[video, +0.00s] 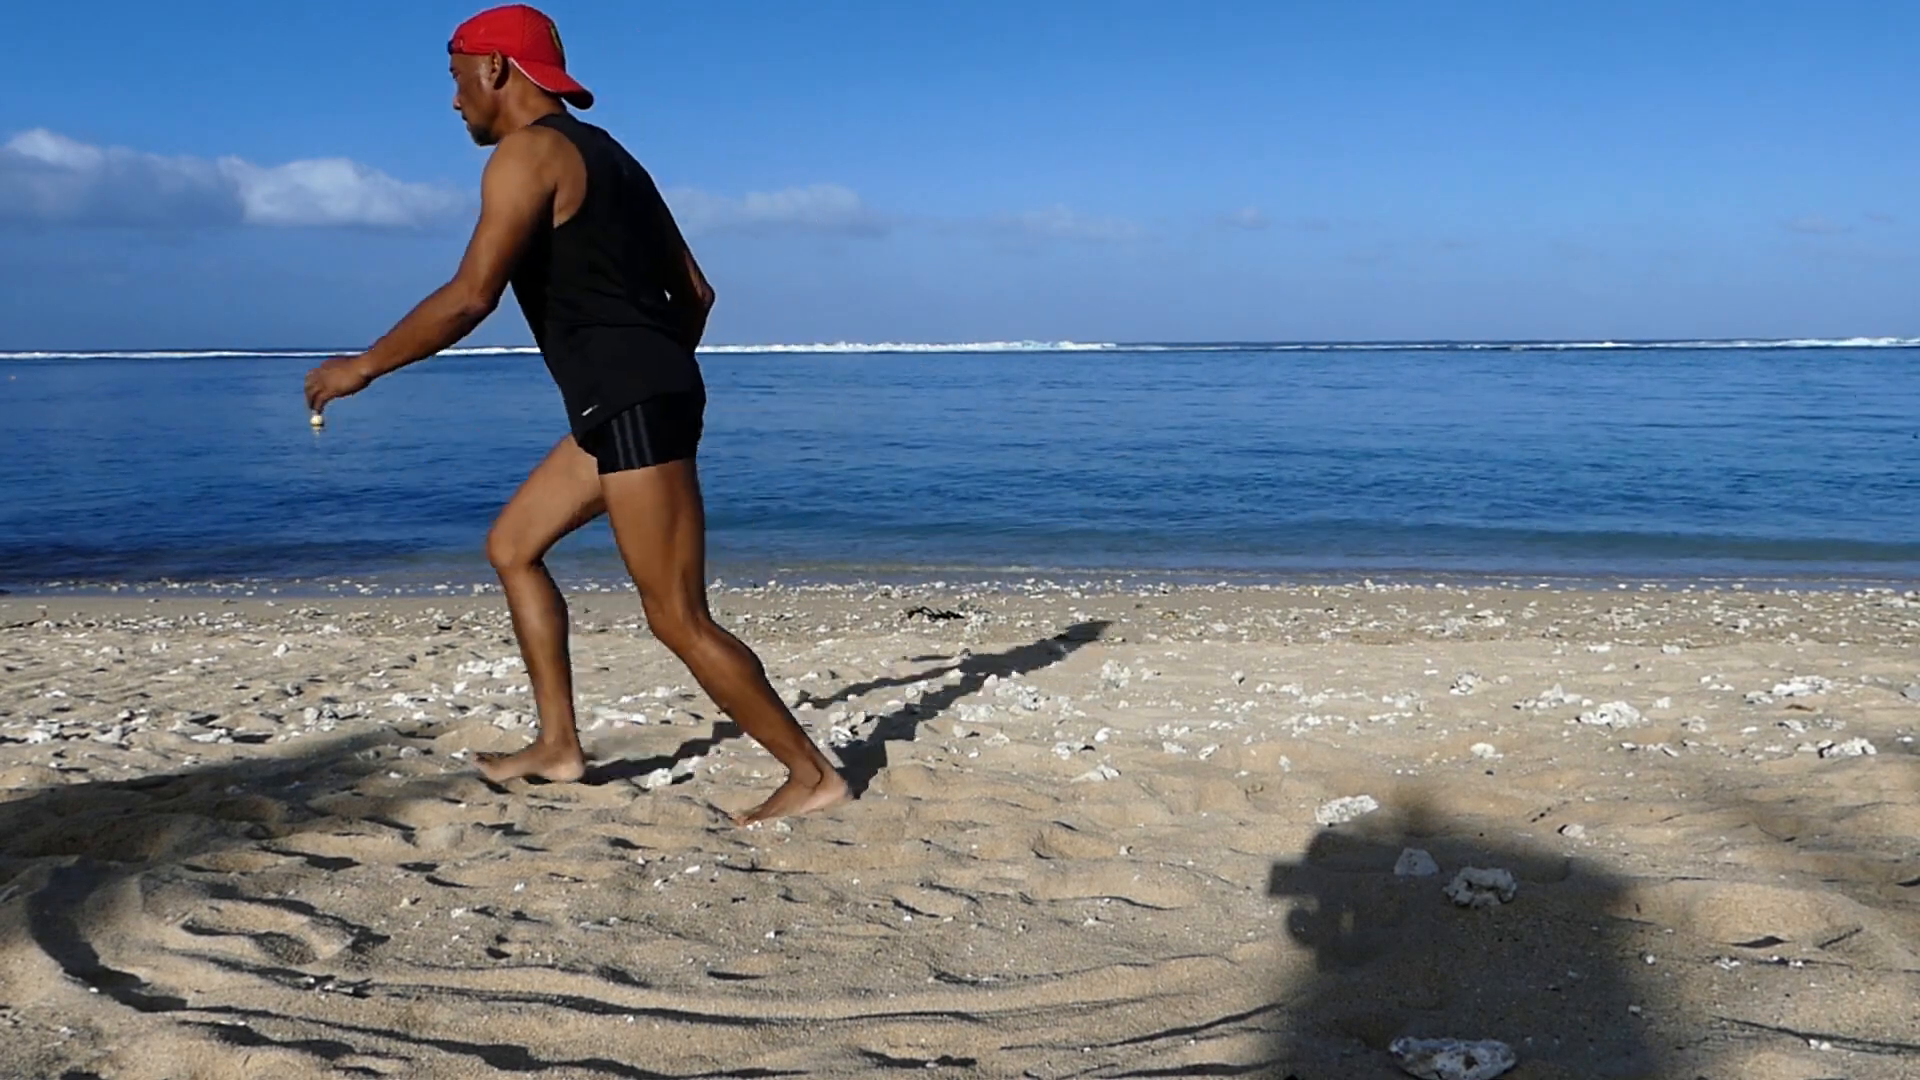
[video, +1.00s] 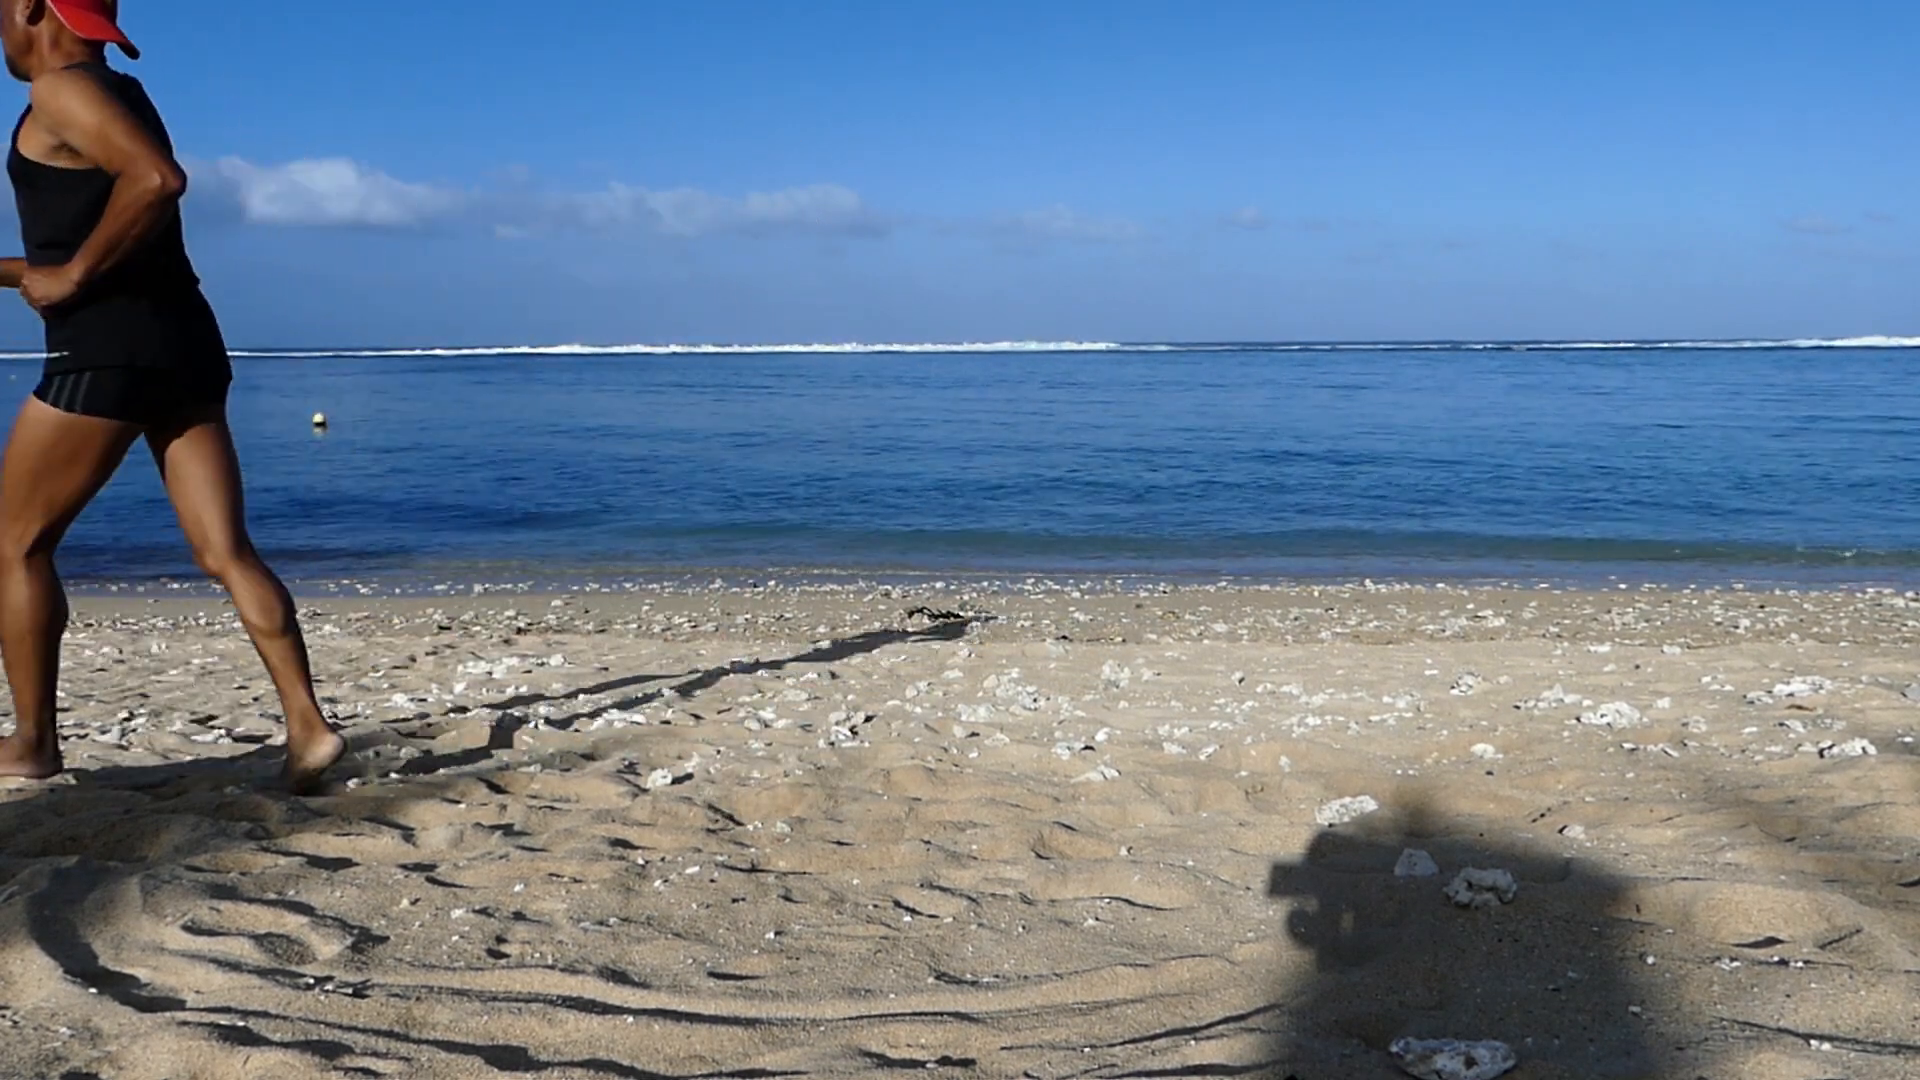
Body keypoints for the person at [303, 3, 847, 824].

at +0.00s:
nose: (457, 100)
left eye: (461, 81)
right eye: (455, 82)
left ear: (501, 75)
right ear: (533, 77)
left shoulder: (524, 155)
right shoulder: (607, 155)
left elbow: (471, 296)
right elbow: (694, 292)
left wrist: (362, 365)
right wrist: (650, 385)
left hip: (633, 402)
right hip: (642, 400)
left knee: (679, 618)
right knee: (513, 546)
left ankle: (813, 774)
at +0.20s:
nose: (369, 67)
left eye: (372, 47)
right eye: (368, 49)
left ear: (410, 41)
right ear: (436, 43)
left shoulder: (422, 119)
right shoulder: (508, 127)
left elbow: (360, 258)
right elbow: (578, 276)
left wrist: (304, 296)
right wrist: (529, 364)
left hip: (504, 377)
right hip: (526, 372)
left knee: (610, 575)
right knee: (403, 544)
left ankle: (754, 733)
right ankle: (371, 746)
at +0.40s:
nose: (286, 72)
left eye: (290, 53)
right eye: (287, 54)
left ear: (324, 54)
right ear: (360, 57)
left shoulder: (338, 142)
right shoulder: (409, 142)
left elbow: (304, 279)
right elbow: (430, 296)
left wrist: (246, 305)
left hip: (389, 397)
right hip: (414, 389)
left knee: (430, 611)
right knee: (323, 576)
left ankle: (640, 682)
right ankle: (340, 769)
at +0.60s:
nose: (193, 78)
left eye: (198, 60)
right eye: (195, 60)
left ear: (230, 63)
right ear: (273, 69)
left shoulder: (253, 155)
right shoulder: (312, 162)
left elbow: (287, 290)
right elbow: (304, 322)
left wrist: (193, 357)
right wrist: (221, 418)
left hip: (303, 407)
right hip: (348, 401)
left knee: (232, 606)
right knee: (284, 592)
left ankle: (435, 665)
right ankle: (337, 770)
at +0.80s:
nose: (99, 63)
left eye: (103, 44)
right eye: (102, 44)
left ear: (136, 46)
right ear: (173, 51)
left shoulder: (160, 131)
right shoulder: (222, 137)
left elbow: (239, 237)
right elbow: (181, 305)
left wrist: (153, 328)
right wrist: (61, 341)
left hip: (212, 389)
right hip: (276, 383)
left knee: (90, 546)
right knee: (266, 588)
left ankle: (224, 711)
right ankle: (337, 766)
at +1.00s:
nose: (4, 25)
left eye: (9, 11)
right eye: (9, 12)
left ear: (35, 16)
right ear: (78, 22)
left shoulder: (63, 90)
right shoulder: (123, 93)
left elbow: (157, 178)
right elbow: (112, 238)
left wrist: (73, 273)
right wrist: (15, 267)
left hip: (105, 351)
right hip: (183, 346)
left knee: (18, 540)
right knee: (228, 551)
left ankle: (32, 745)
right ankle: (310, 728)